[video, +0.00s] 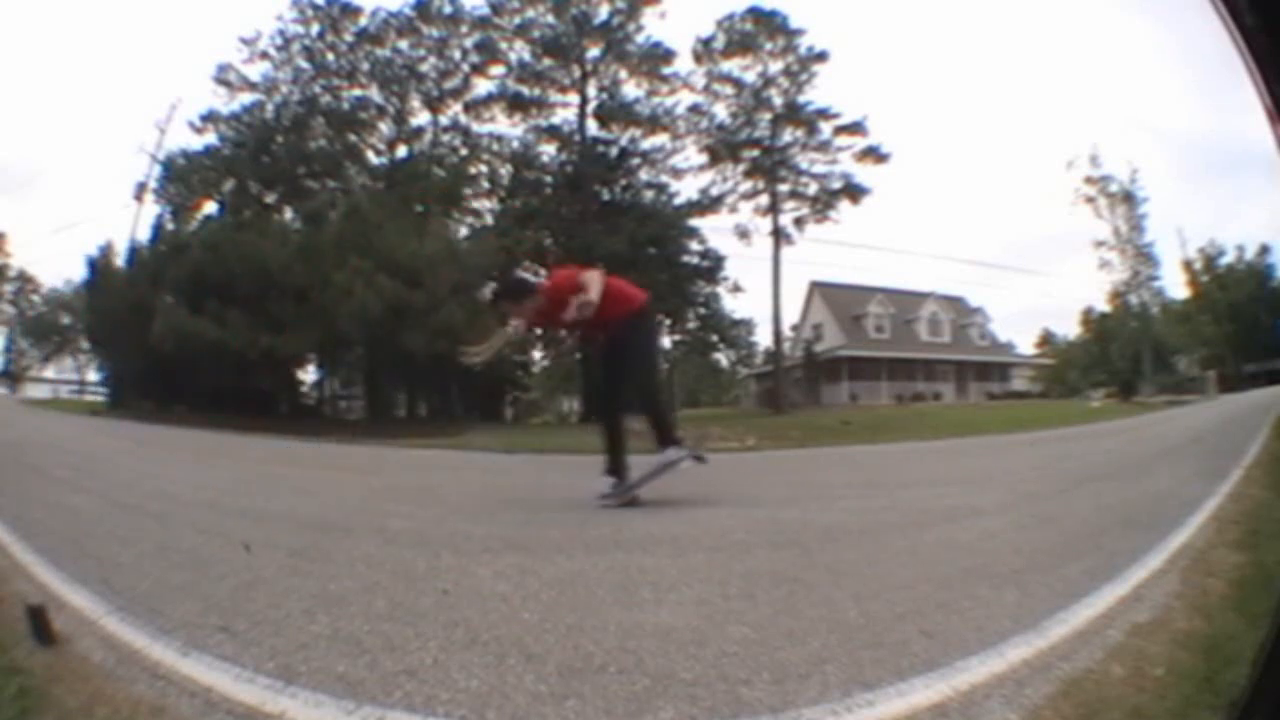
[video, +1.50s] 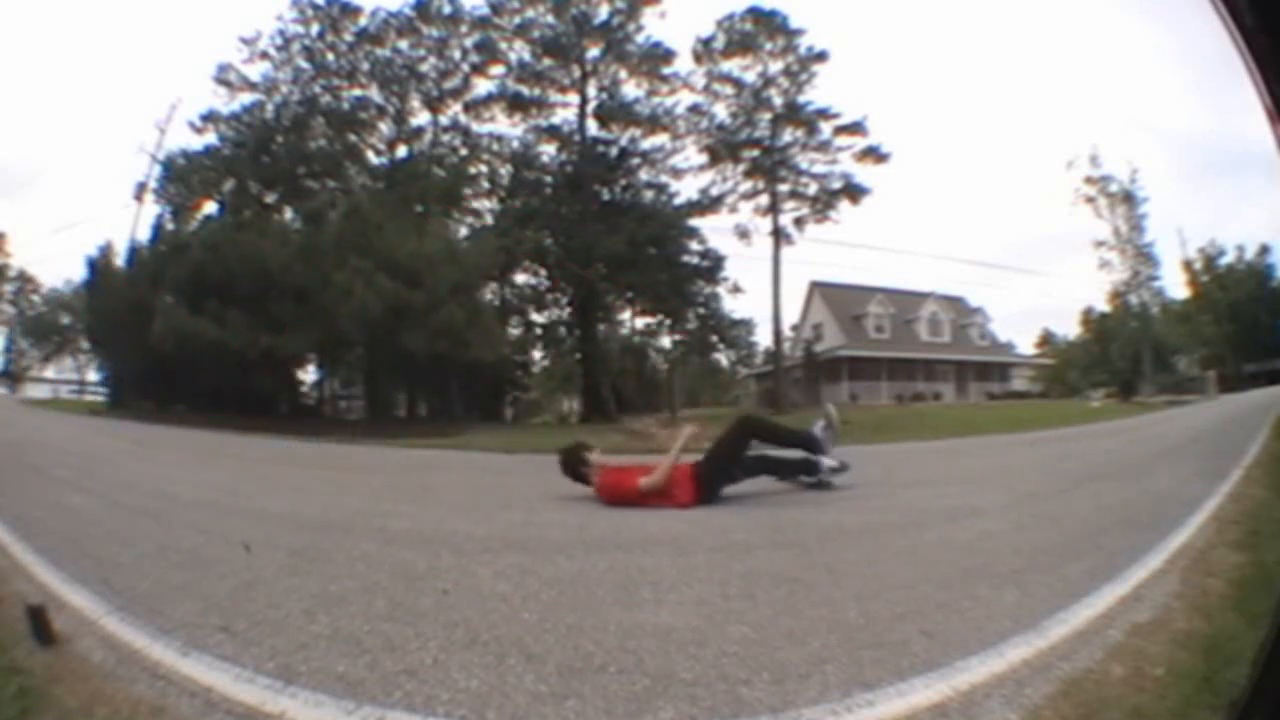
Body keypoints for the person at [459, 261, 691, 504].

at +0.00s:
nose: (515, 316)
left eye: (514, 310)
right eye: (511, 313)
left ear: (525, 299)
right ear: (518, 306)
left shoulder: (557, 284)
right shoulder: (534, 311)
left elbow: (594, 275)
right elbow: (511, 330)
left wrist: (591, 295)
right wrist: (485, 352)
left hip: (632, 316)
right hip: (602, 331)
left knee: (645, 384)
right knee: (606, 403)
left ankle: (670, 444)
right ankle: (618, 477)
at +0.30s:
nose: (599, 375)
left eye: (600, 367)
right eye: (595, 370)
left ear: (612, 357)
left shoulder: (641, 345)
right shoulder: (602, 366)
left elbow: (655, 400)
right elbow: (610, 419)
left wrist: (651, 441)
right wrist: (612, 479)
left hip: (682, 330)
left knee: (712, 387)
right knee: (661, 416)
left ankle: (731, 447)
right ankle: (683, 474)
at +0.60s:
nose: (656, 411)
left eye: (659, 404)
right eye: (650, 408)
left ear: (664, 392)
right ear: (637, 404)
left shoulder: (686, 390)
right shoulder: (630, 407)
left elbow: (703, 451)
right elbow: (633, 454)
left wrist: (704, 503)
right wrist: (633, 505)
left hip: (702, 406)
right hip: (679, 430)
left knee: (764, 422)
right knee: (725, 460)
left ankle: (806, 460)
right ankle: (770, 471)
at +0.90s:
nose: (685, 395)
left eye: (683, 390)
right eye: (680, 391)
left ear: (681, 393)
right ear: (668, 396)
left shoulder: (686, 407)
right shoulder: (648, 431)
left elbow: (701, 381)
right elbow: (615, 468)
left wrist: (711, 369)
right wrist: (629, 507)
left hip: (723, 467)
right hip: (714, 494)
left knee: (788, 451)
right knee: (788, 480)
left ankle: (833, 466)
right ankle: (819, 488)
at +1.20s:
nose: (643, 429)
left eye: (640, 425)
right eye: (637, 425)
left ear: (621, 431)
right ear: (627, 430)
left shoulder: (633, 449)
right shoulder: (623, 455)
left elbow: (655, 432)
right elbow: (637, 479)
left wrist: (677, 401)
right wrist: (685, 457)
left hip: (705, 475)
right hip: (706, 489)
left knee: (767, 453)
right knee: (771, 454)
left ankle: (814, 471)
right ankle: (822, 483)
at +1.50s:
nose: (599, 452)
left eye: (594, 450)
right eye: (593, 452)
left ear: (582, 468)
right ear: (586, 463)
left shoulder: (607, 479)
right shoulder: (607, 485)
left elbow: (652, 481)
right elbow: (654, 483)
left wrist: (673, 450)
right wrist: (679, 444)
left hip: (696, 480)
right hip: (696, 484)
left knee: (755, 462)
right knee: (745, 425)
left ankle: (812, 470)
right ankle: (815, 443)